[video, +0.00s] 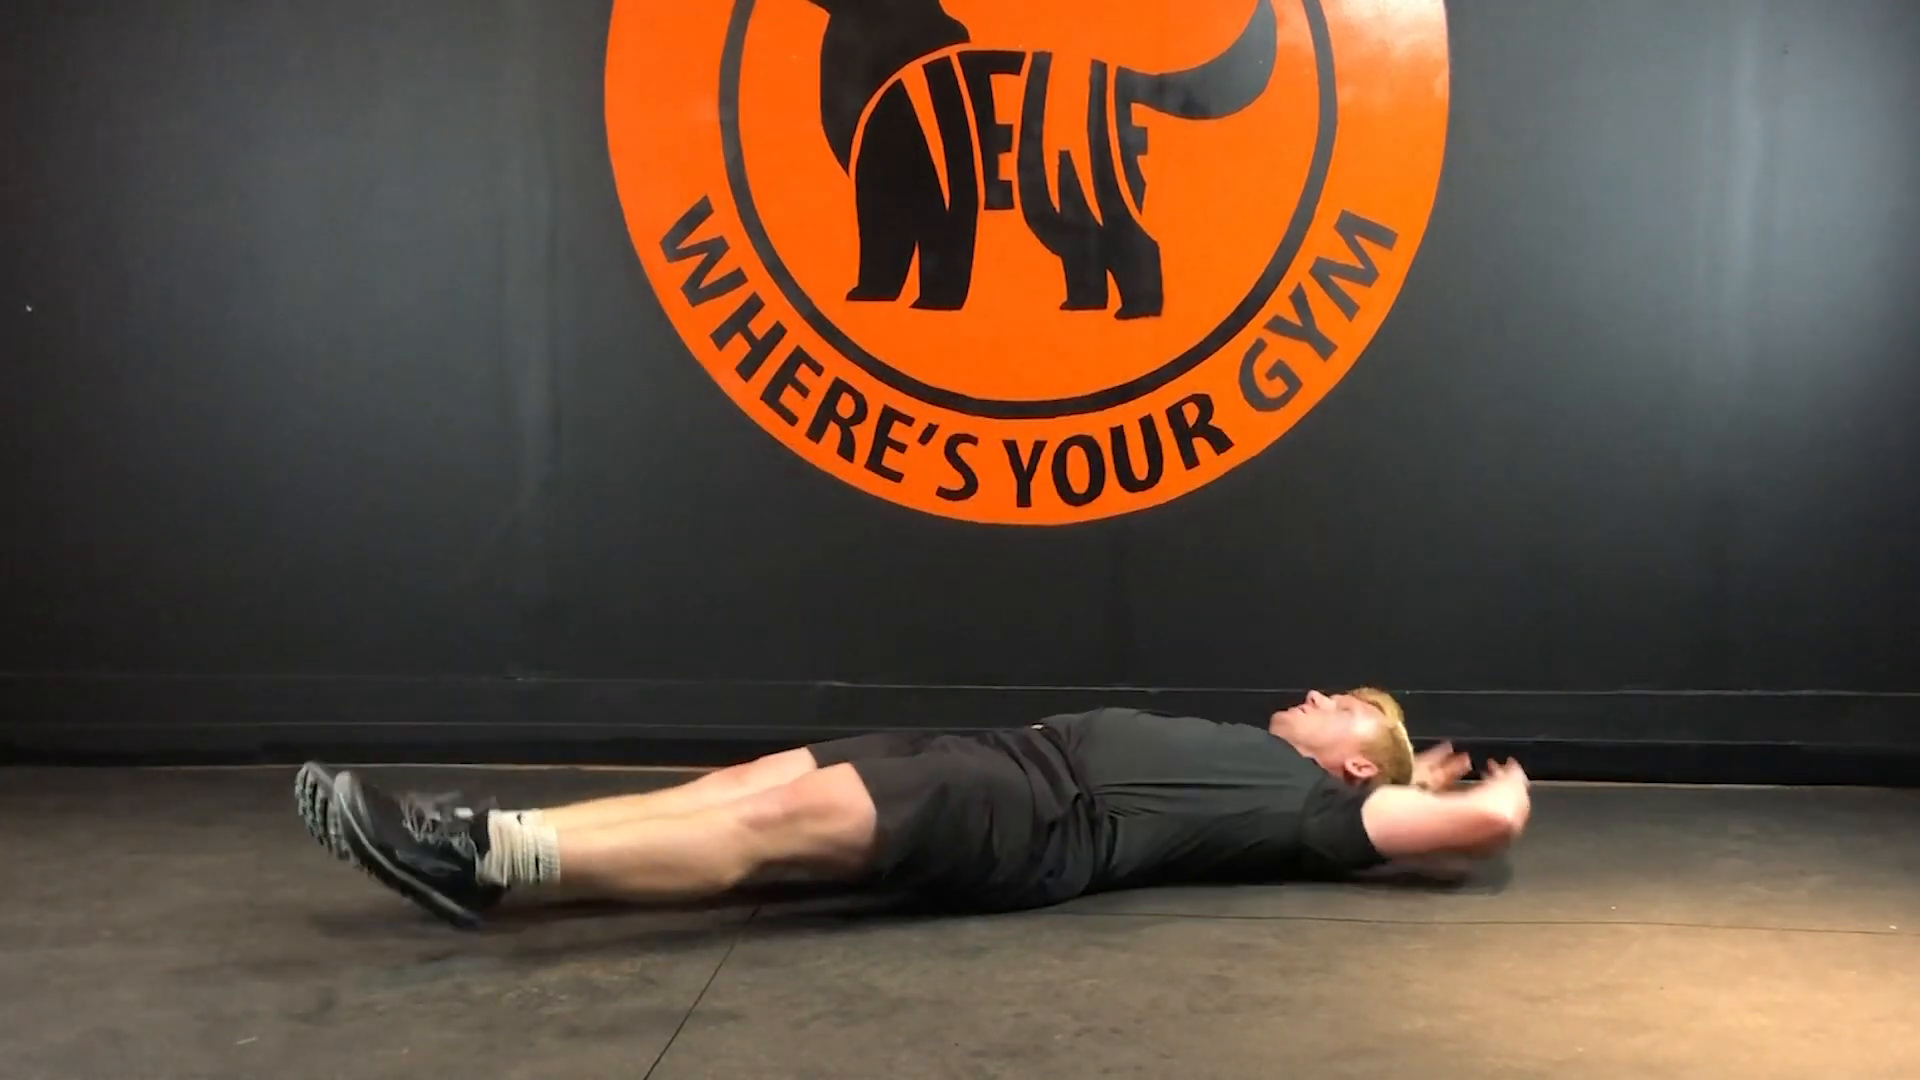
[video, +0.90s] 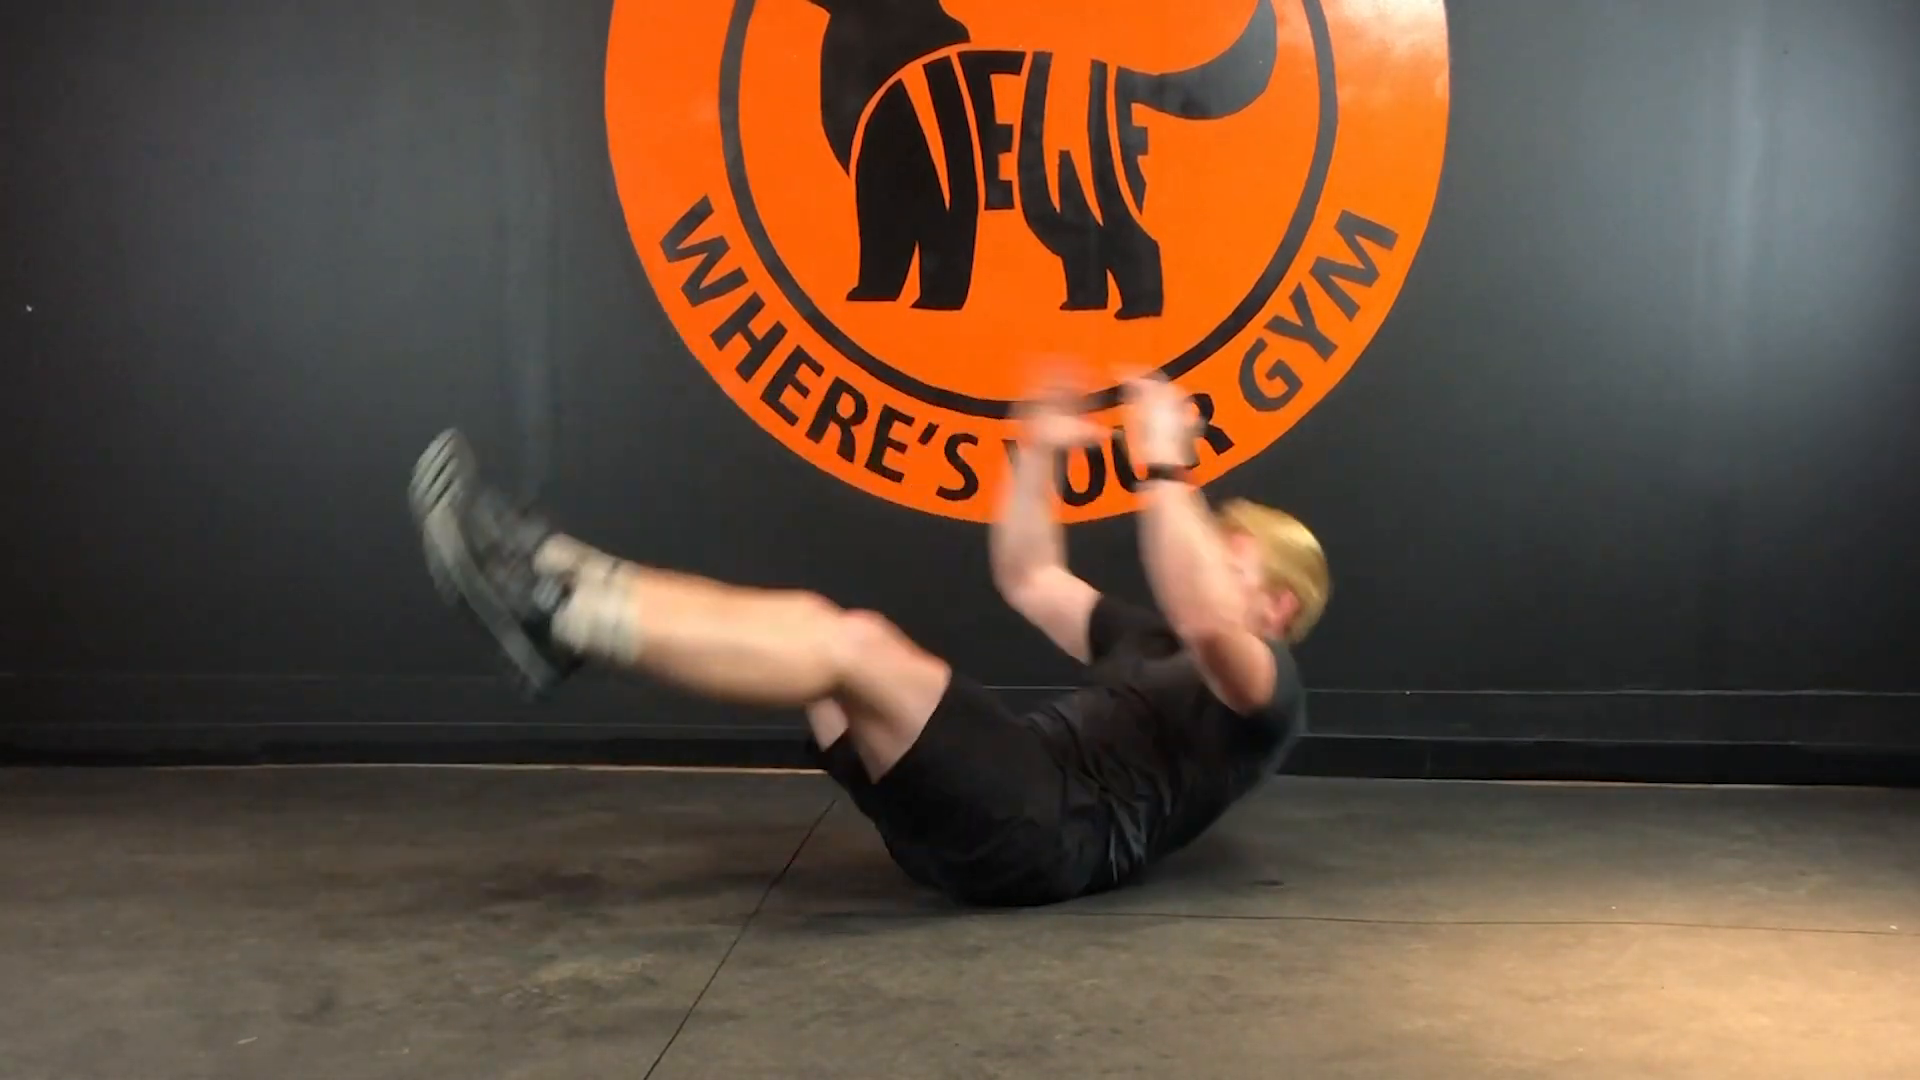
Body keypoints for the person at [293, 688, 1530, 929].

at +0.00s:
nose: (1319, 703)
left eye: (1345, 716)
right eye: (1324, 697)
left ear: (1369, 764)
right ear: (1306, 714)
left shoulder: (1330, 807)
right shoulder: (1224, 747)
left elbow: (1489, 823)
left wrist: (1478, 790)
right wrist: (1411, 764)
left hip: (1035, 796)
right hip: (966, 746)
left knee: (792, 814)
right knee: (737, 785)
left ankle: (481, 855)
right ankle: (474, 849)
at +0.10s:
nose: (1361, 702)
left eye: (1383, 707)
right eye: (1360, 688)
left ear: (1381, 750)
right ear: (1328, 701)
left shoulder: (1311, 795)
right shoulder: (1223, 730)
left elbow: (1437, 730)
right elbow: (1209, 657)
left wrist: (1454, 647)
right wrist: (1359, 644)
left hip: (1047, 815)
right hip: (993, 760)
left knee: (801, 778)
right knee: (766, 789)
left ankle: (485, 801)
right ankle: (483, 812)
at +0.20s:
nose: (1301, 669)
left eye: (1322, 675)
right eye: (1306, 660)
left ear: (1341, 720)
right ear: (1292, 679)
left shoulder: (1299, 770)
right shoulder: (1200, 725)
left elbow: (1274, 646)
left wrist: (1222, 503)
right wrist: (1185, 493)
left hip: (1042, 830)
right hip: (992, 786)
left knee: (821, 709)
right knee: (784, 714)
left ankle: (503, 721)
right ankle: (511, 738)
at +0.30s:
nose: (1214, 618)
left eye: (1245, 612)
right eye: (1224, 603)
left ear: (1300, 651)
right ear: (1230, 621)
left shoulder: (1274, 717)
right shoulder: (1184, 699)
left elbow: (1171, 671)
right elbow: (1096, 641)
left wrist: (1024, 559)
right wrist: (1012, 523)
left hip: (1040, 831)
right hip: (987, 820)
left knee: (842, 644)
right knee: (811, 664)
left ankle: (548, 626)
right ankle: (540, 640)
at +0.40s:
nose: (1143, 584)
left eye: (1168, 567)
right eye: (1146, 563)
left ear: (1236, 587)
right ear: (1201, 580)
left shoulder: (1248, 663)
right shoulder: (1149, 652)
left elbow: (1120, 630)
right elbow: (1016, 594)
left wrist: (978, 562)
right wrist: (911, 488)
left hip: (1030, 831)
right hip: (972, 823)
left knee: (886, 603)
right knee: (851, 602)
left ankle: (607, 536)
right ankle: (590, 547)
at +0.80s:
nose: (1136, 549)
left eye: (1161, 537)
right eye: (1136, 532)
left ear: (1230, 566)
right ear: (1133, 531)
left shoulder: (1239, 650)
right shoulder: (1104, 608)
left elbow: (1120, 592)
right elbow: (973, 560)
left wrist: (1025, 470)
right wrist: (918, 461)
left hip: (1039, 830)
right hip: (958, 819)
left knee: (907, 595)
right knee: (863, 595)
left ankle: (642, 521)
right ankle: (623, 510)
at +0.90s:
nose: (1201, 564)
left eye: (1230, 560)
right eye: (1208, 549)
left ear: (1273, 607)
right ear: (1212, 568)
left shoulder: (1262, 701)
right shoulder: (1148, 644)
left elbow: (1207, 616)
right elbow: (1028, 575)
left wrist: (1164, 464)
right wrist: (1034, 455)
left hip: (1043, 830)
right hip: (980, 796)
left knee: (854, 647)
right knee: (820, 628)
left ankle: (573, 609)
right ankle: (556, 590)